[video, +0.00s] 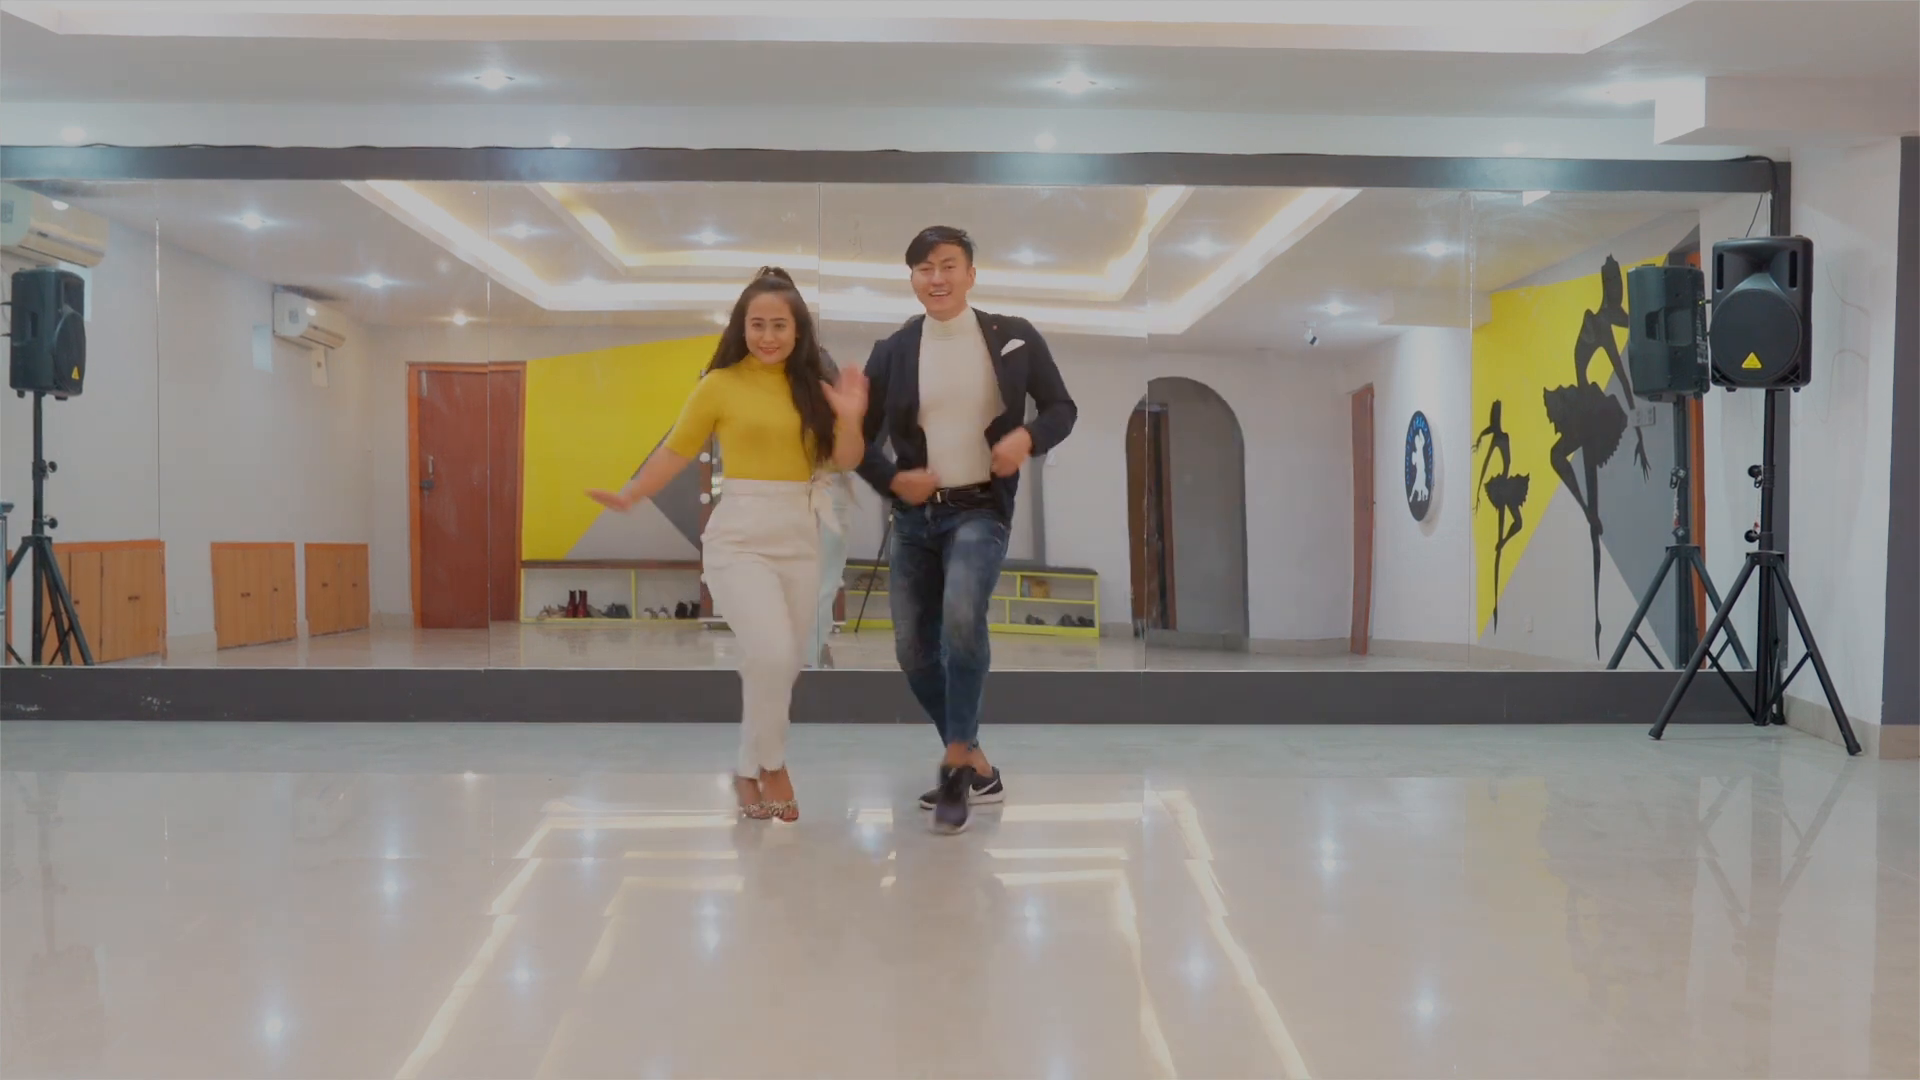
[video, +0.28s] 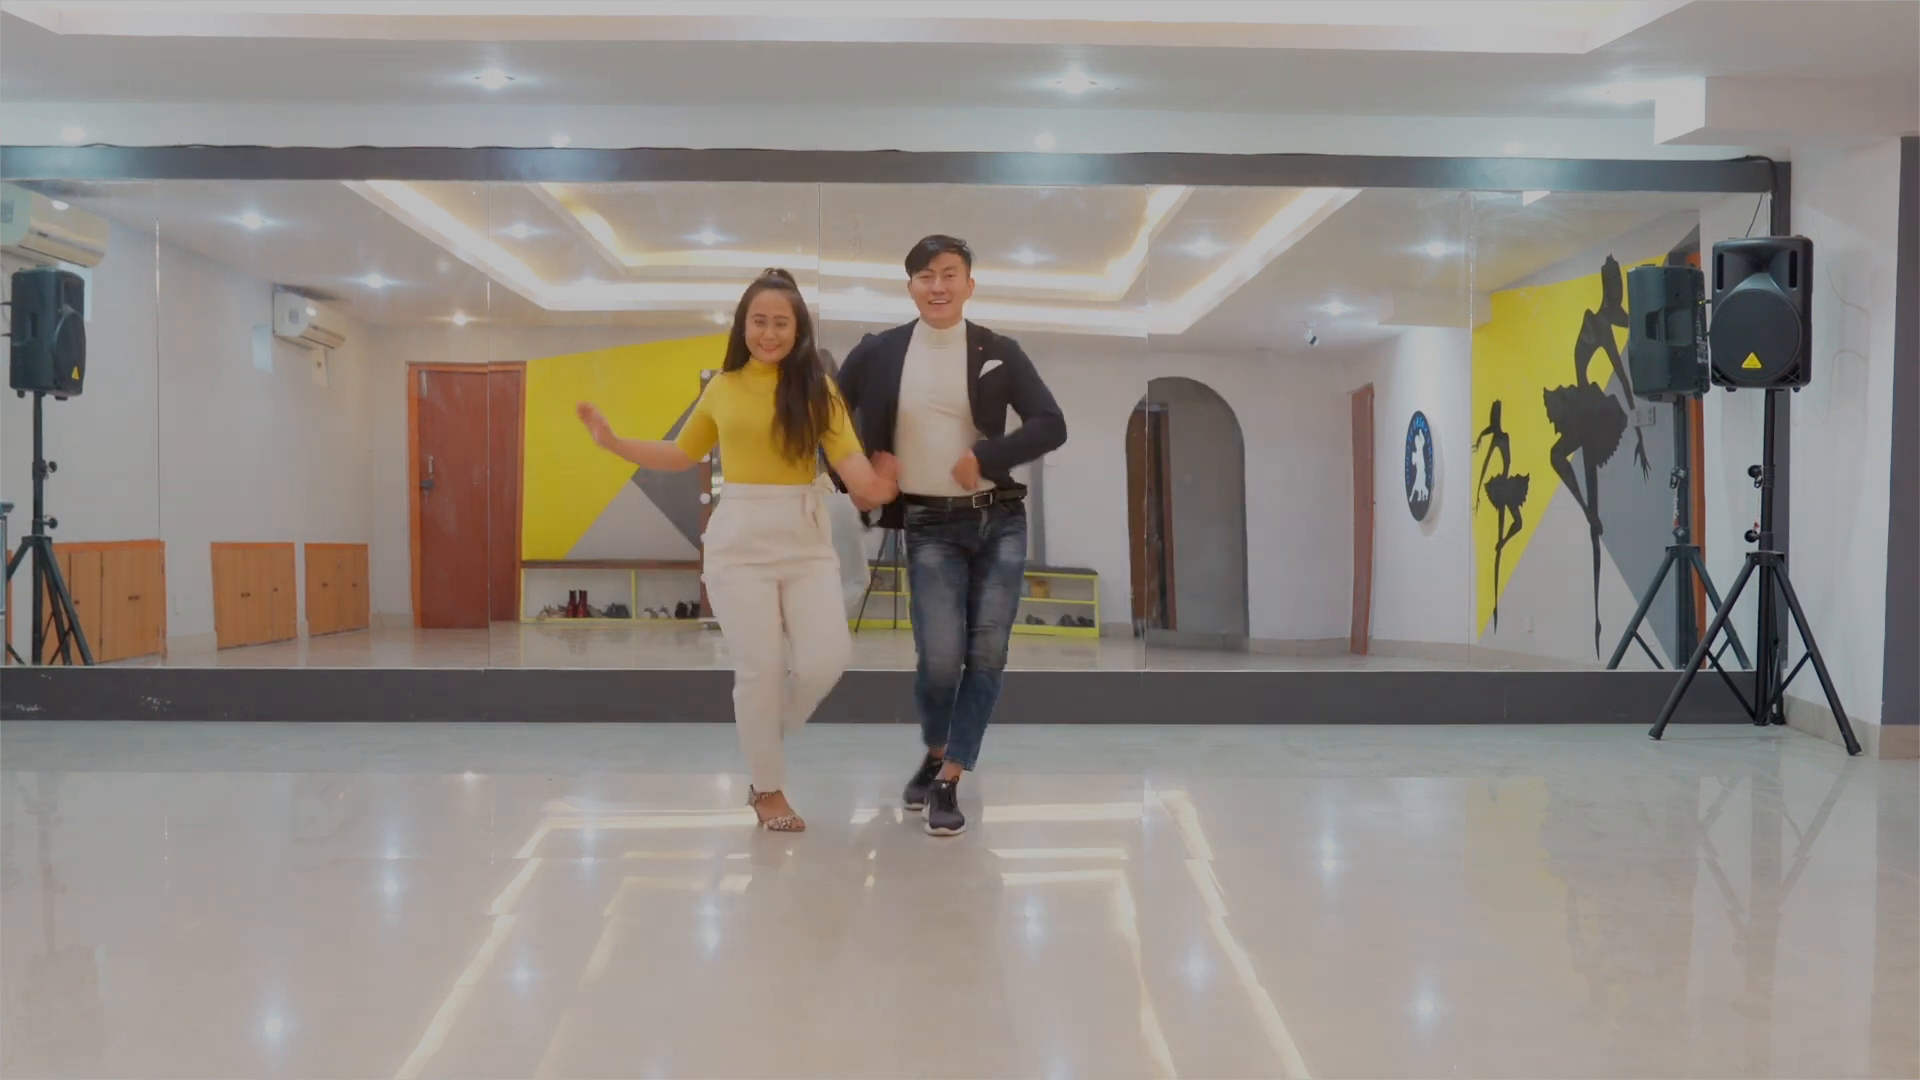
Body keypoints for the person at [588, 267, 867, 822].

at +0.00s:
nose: (768, 335)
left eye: (780, 324)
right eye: (757, 324)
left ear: (799, 328)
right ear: (742, 327)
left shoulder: (814, 387)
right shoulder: (720, 385)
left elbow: (846, 461)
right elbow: (676, 450)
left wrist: (849, 418)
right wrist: (630, 496)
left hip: (801, 539)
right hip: (736, 536)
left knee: (789, 660)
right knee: (770, 652)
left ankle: (749, 769)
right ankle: (774, 768)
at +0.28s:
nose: (769, 332)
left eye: (781, 321)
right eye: (758, 320)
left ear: (799, 328)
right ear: (742, 325)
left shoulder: (817, 387)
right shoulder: (723, 388)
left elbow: (855, 471)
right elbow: (683, 454)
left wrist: (876, 485)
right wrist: (614, 442)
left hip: (807, 537)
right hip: (739, 538)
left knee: (826, 659)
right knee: (761, 666)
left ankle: (764, 737)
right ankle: (768, 791)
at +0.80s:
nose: (752, 316)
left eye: (765, 310)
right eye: (743, 308)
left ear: (783, 328)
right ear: (726, 321)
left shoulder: (789, 387)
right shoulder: (699, 387)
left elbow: (807, 464)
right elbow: (660, 456)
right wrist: (587, 474)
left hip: (776, 541)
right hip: (711, 541)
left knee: (752, 671)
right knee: (702, 679)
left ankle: (748, 798)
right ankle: (778, 766)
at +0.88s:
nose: (747, 318)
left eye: (760, 311)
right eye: (738, 308)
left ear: (777, 329)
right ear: (721, 321)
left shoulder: (783, 390)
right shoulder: (698, 388)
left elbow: (780, 459)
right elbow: (670, 456)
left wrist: (748, 416)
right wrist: (600, 471)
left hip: (769, 542)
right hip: (703, 543)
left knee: (755, 672)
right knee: (694, 683)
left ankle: (749, 801)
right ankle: (743, 778)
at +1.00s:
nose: (736, 317)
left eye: (749, 310)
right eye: (727, 307)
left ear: (765, 326)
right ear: (709, 318)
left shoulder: (768, 393)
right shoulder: (686, 383)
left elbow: (783, 473)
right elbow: (665, 450)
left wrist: (766, 461)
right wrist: (595, 461)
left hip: (760, 541)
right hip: (692, 542)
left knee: (750, 672)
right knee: (693, 680)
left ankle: (751, 797)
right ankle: (699, 777)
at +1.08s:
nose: (727, 316)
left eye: (741, 309)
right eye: (719, 306)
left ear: (757, 326)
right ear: (701, 316)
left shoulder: (765, 398)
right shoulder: (672, 387)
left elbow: (797, 476)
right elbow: (636, 444)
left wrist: (828, 489)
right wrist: (563, 451)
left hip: (751, 542)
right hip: (683, 544)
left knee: (738, 672)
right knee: (684, 679)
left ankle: (747, 796)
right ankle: (704, 786)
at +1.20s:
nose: (721, 317)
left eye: (734, 310)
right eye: (711, 306)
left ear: (750, 324)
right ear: (694, 316)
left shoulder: (759, 392)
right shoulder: (658, 382)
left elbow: (799, 467)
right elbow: (598, 424)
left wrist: (856, 473)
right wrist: (565, 418)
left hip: (741, 539)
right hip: (675, 538)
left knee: (718, 662)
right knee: (681, 674)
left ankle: (717, 791)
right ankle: (713, 787)